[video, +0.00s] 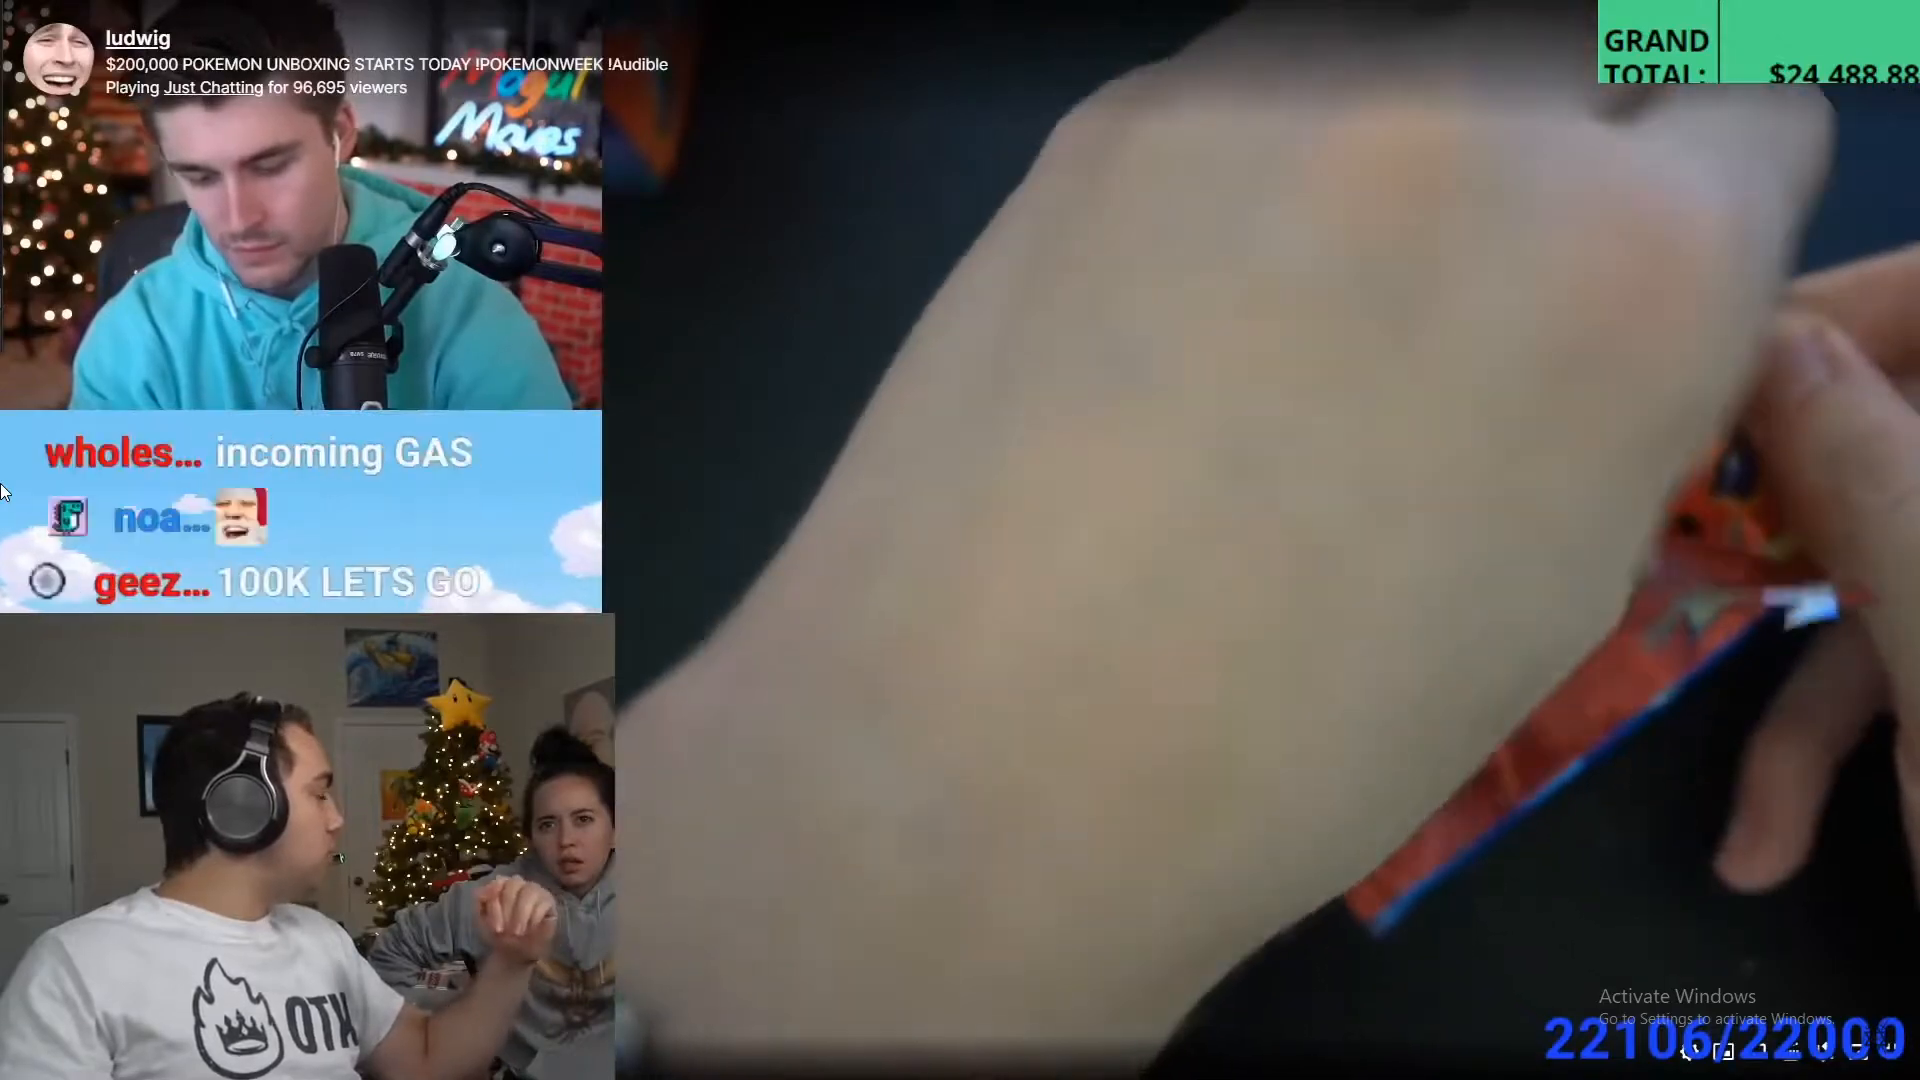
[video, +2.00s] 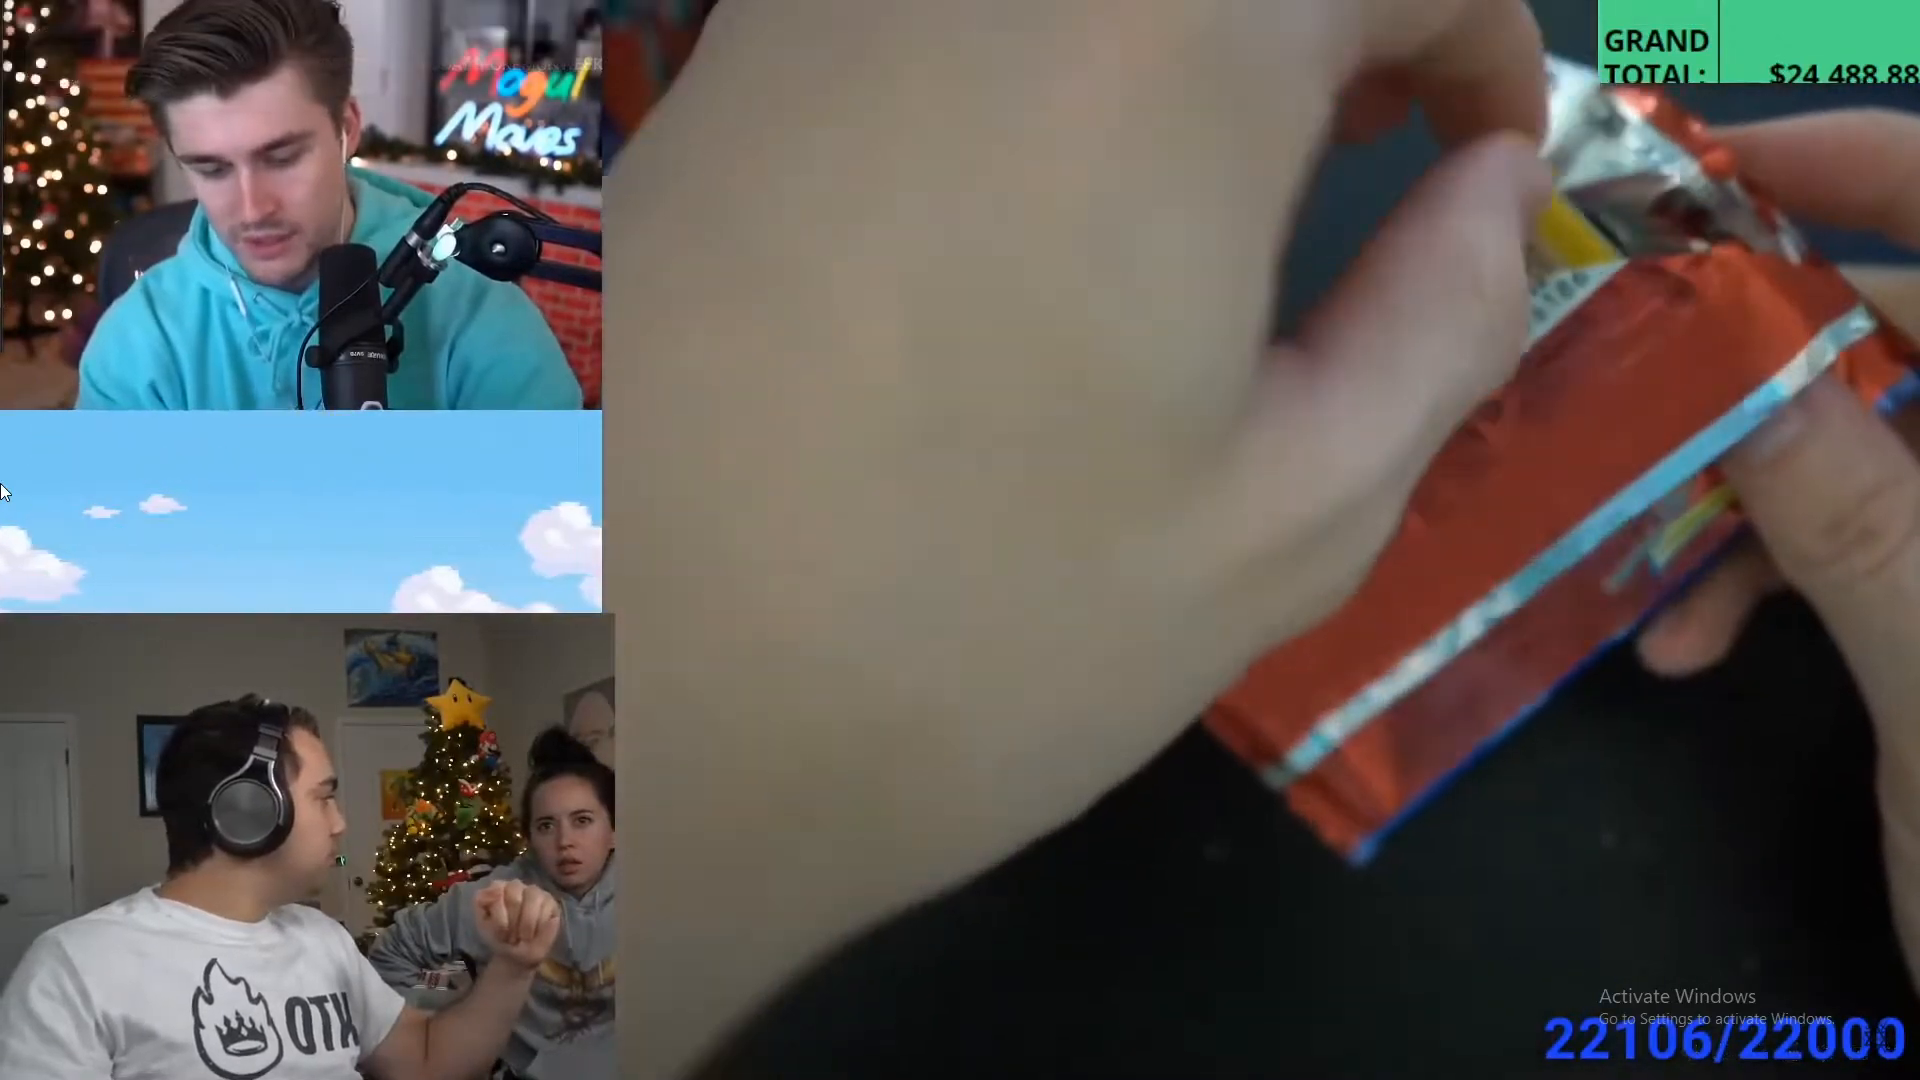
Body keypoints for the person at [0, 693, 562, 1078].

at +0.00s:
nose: (340, 818)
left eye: (331, 793)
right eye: (320, 793)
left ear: (255, 803)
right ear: (241, 803)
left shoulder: (323, 943)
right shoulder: (76, 967)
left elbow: (427, 1059)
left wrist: (509, 962)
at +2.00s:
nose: (343, 821)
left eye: (334, 797)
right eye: (324, 798)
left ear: (258, 807)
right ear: (247, 808)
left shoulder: (324, 942)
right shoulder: (75, 968)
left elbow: (425, 1058)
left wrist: (511, 967)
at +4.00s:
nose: (343, 823)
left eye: (335, 798)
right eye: (325, 799)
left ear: (260, 809)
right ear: (249, 810)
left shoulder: (324, 942)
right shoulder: (76, 967)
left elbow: (427, 1059)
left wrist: (512, 969)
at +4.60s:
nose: (344, 823)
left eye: (336, 798)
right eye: (326, 799)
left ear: (260, 809)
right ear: (249, 810)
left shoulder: (324, 942)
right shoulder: (75, 967)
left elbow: (426, 1058)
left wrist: (513, 969)